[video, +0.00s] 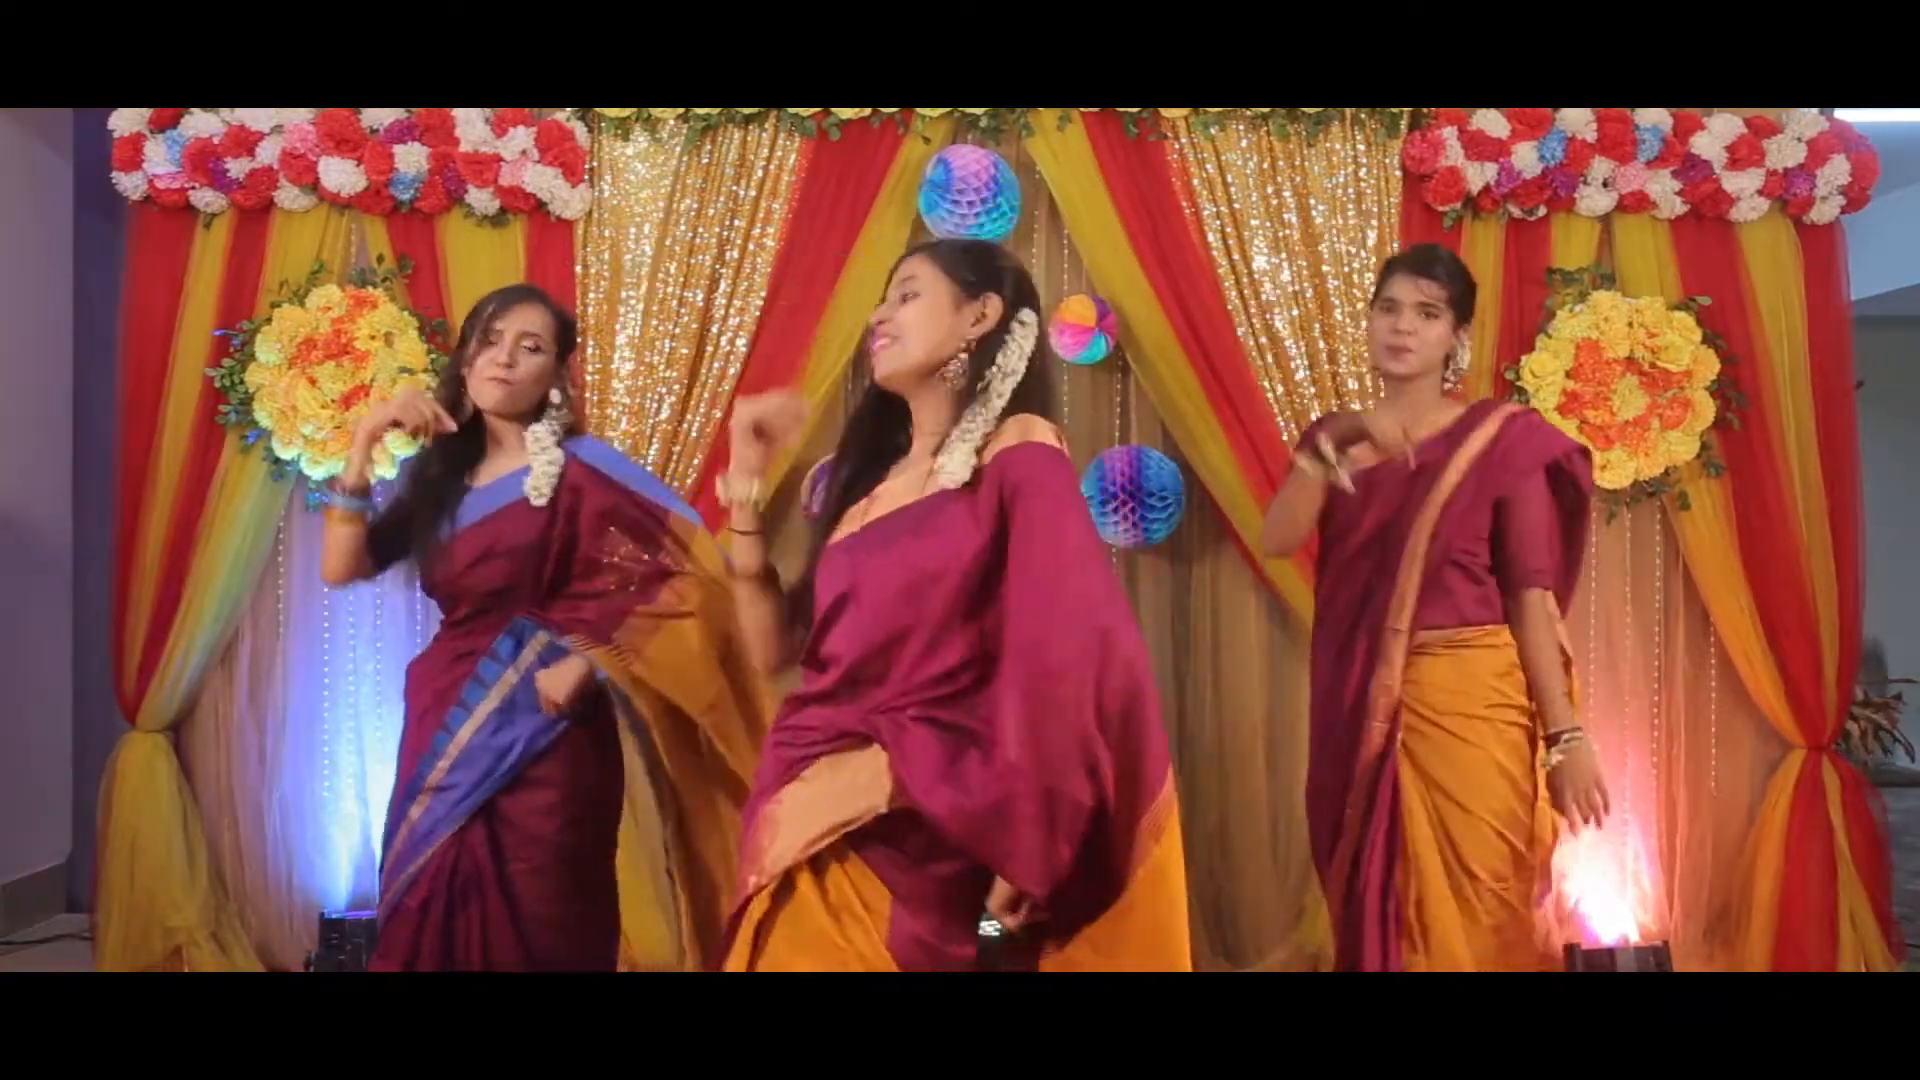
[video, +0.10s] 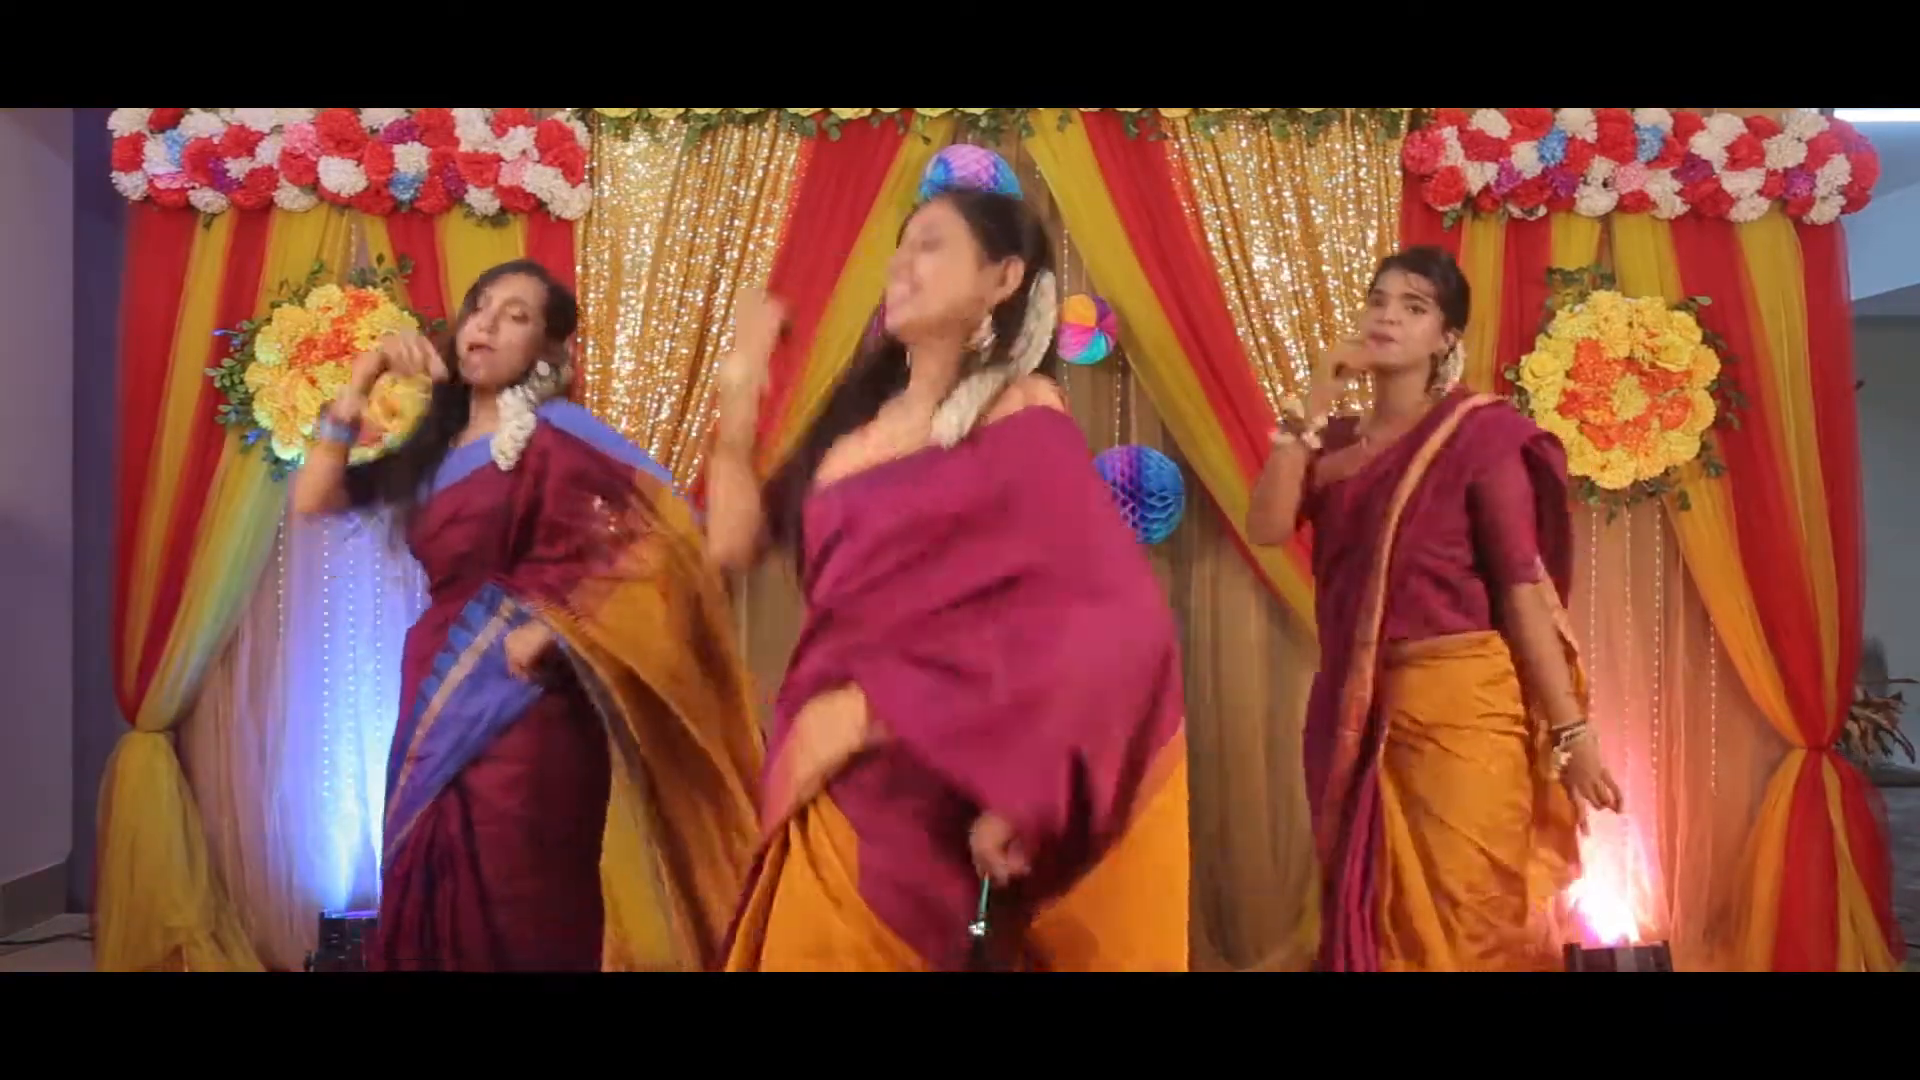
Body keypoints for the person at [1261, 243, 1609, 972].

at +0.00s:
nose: (1400, 325)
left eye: (1424, 312)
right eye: (1387, 307)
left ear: (1457, 337)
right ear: (1367, 322)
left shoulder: (1503, 437)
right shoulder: (1335, 439)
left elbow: (1533, 598)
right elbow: (1277, 537)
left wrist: (1565, 734)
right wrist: (1325, 451)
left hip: (1471, 695)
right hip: (1360, 699)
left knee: (1472, 915)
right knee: (1370, 909)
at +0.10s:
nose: (1386, 315)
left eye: (1411, 305)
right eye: (1377, 300)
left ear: (1448, 336)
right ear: (1361, 317)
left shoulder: (1480, 433)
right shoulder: (1332, 442)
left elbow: (1524, 589)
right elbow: (1266, 528)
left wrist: (1570, 730)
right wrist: (1309, 411)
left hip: (1463, 712)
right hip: (1357, 714)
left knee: (1465, 926)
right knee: (1367, 921)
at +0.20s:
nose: (1368, 348)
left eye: (1397, 339)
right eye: (1362, 334)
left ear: (1433, 375)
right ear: (1346, 354)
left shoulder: (1453, 468)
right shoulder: (1341, 478)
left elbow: (1522, 622)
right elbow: (1271, 590)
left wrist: (1581, 760)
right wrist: (1300, 485)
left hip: (1468, 750)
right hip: (1380, 751)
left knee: (1456, 941)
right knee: (1377, 940)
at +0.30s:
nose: (1354, 406)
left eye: (1384, 397)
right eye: (1348, 391)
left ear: (1419, 434)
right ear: (1333, 409)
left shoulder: (1437, 533)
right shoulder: (1331, 538)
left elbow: (1519, 681)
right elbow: (1308, 693)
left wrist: (1590, 810)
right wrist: (1301, 597)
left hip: (1483, 806)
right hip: (1385, 804)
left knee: (1423, 952)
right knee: (1337, 948)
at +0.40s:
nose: (1344, 435)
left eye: (1373, 427)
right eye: (1339, 420)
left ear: (1410, 464)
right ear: (1324, 437)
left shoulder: (1431, 559)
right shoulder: (1325, 567)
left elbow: (1513, 704)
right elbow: (1299, 717)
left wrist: (1583, 838)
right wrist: (1296, 620)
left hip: (1490, 833)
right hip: (1393, 833)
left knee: (1425, 957)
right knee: (1321, 960)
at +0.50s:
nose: (1351, 417)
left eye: (1377, 406)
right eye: (1344, 400)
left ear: (1417, 431)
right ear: (1329, 411)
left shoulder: (1451, 525)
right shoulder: (1330, 541)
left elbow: (1515, 672)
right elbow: (1290, 677)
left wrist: (1575, 812)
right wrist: (1292, 565)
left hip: (1491, 799)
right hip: (1395, 802)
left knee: (1448, 958)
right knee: (1365, 956)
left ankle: (1576, 959)